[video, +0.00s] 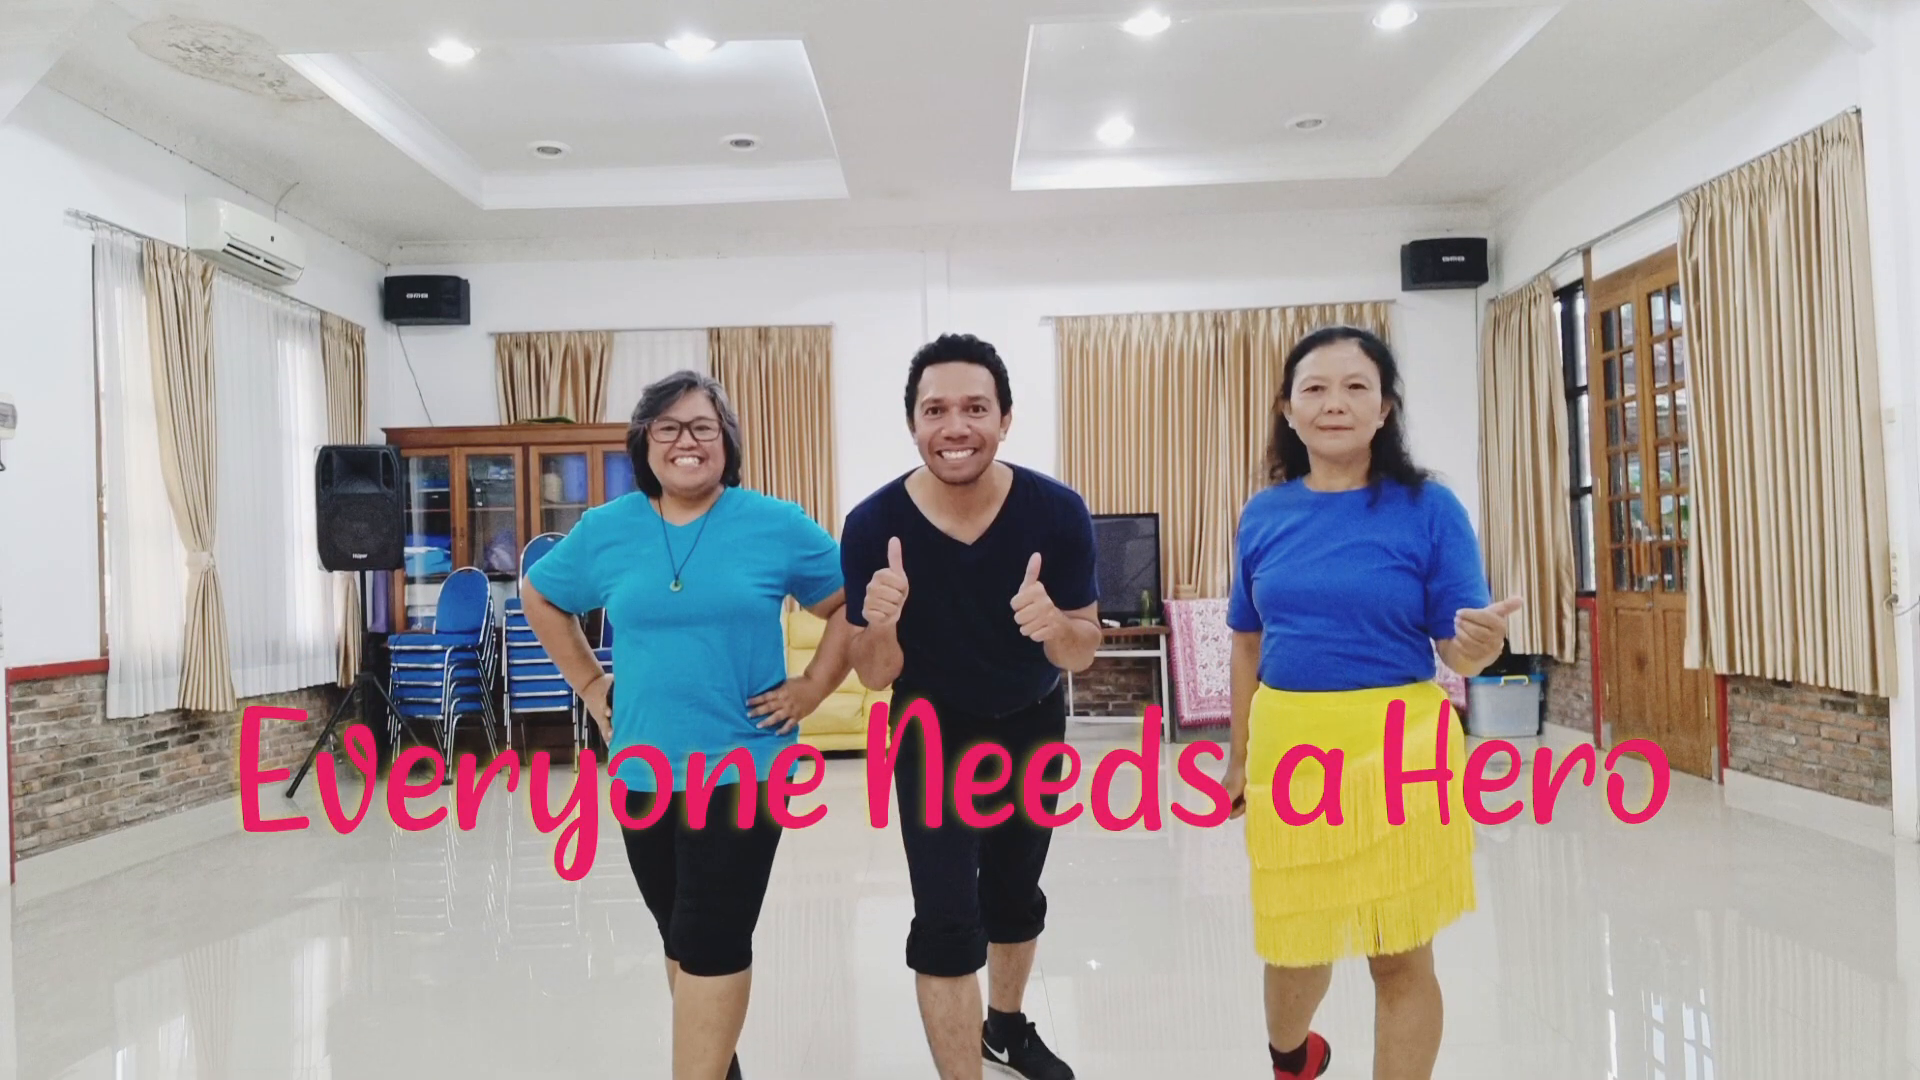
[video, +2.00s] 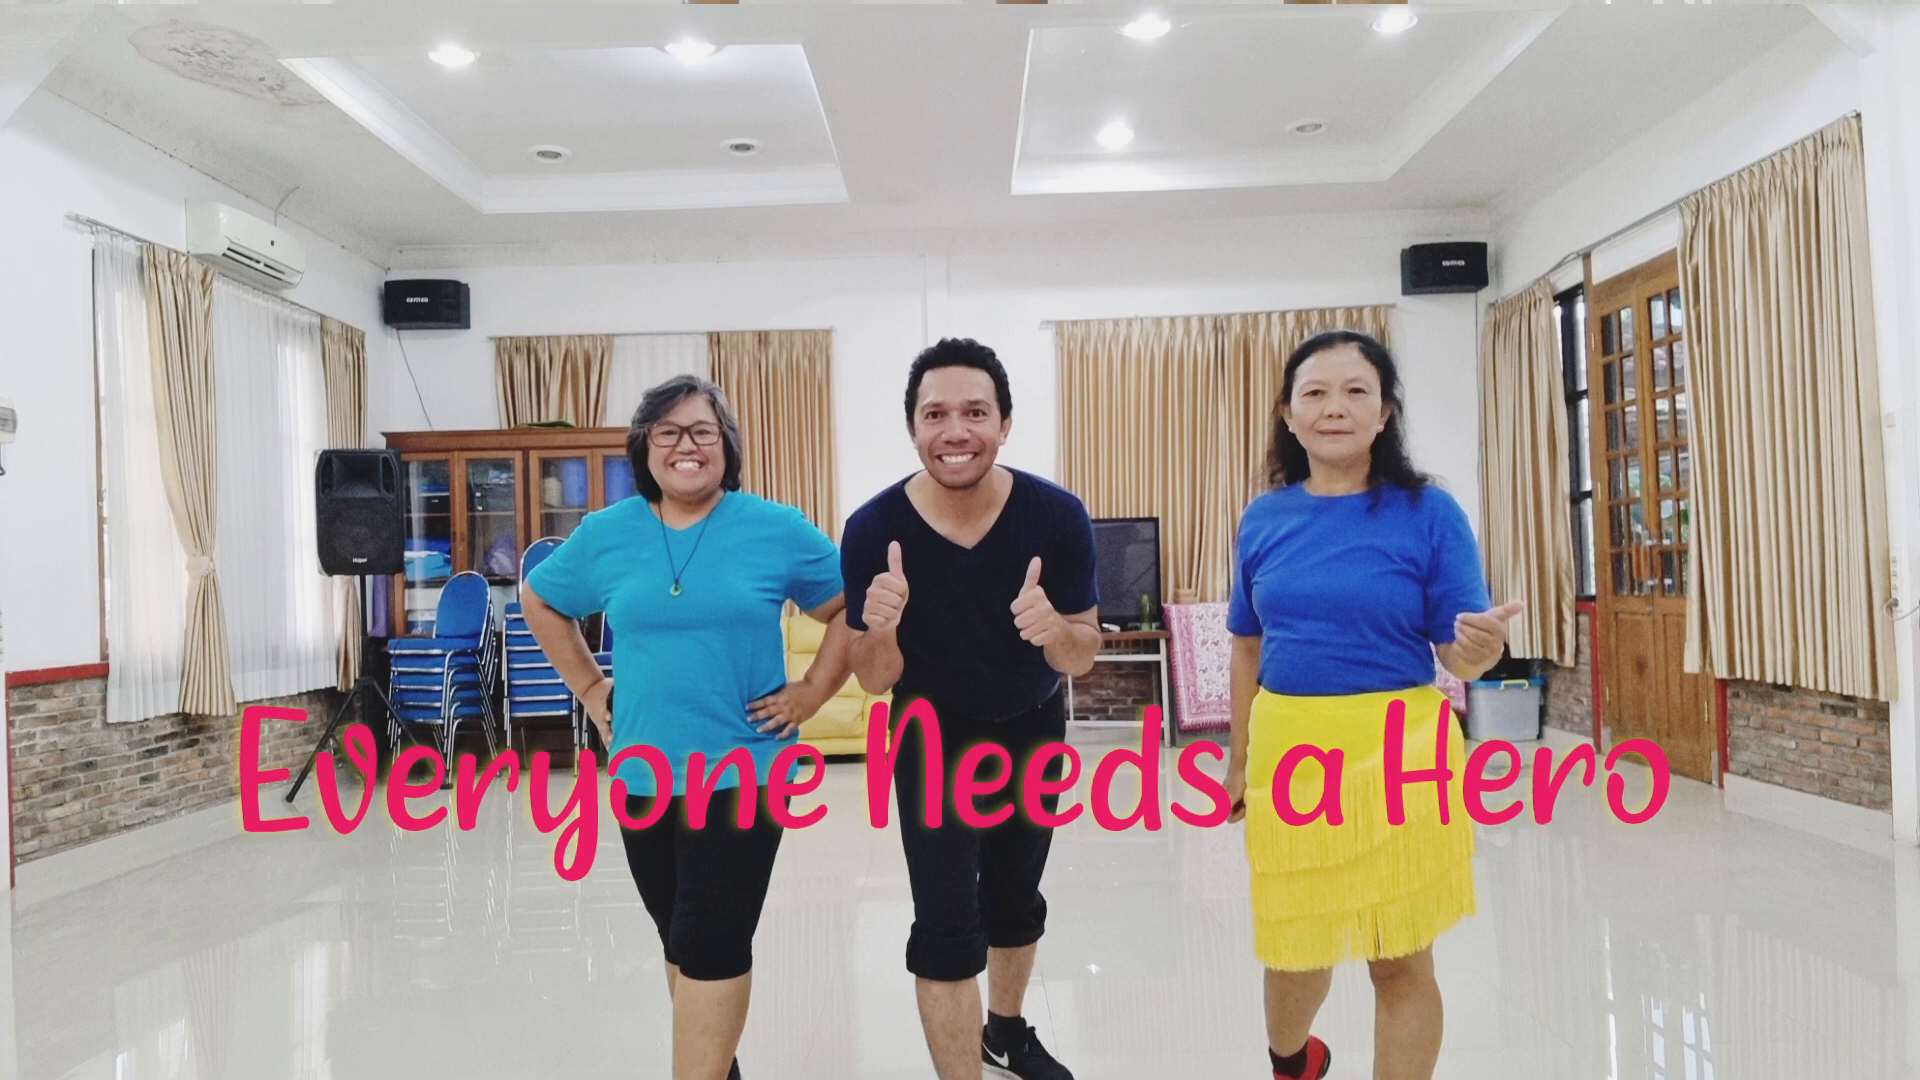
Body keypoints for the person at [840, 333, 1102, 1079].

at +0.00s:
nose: (956, 427)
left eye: (975, 408)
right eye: (936, 410)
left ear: (1004, 420)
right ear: (913, 424)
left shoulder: (1059, 514)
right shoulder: (873, 526)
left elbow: (1081, 654)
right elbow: (875, 673)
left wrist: (1053, 626)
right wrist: (880, 627)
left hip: (1030, 722)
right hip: (930, 725)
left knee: (1016, 894)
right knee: (949, 920)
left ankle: (1006, 1026)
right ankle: (959, 1076)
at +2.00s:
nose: (955, 430)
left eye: (974, 412)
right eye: (936, 414)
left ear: (1004, 425)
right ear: (913, 428)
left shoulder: (1059, 518)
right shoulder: (872, 531)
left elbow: (1081, 657)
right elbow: (875, 677)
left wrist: (1055, 630)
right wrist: (879, 631)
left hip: (1030, 728)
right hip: (929, 732)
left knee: (1015, 901)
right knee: (949, 928)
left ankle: (1006, 1031)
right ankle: (959, 1077)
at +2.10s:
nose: (955, 462)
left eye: (974, 443)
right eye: (936, 444)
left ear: (1004, 455)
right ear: (913, 459)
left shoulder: (1057, 547)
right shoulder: (872, 561)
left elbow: (1082, 689)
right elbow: (872, 699)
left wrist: (1053, 662)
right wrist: (879, 662)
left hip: (1029, 765)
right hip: (932, 768)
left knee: (1013, 931)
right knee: (947, 957)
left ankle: (1007, 1059)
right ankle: (956, 1079)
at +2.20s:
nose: (955, 544)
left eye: (975, 525)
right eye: (936, 528)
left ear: (1004, 537)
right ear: (912, 542)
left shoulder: (1056, 629)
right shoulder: (873, 641)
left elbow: (1088, 753)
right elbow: (872, 786)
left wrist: (1054, 742)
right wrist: (885, 733)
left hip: (1029, 855)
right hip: (930, 856)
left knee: (1014, 1027)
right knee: (948, 1040)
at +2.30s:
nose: (955, 705)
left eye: (976, 685)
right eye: (935, 687)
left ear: (1005, 698)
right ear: (913, 701)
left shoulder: (1049, 781)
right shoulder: (873, 800)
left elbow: (1081, 930)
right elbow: (875, 952)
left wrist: (1055, 902)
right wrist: (880, 904)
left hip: (1028, 999)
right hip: (929, 1001)